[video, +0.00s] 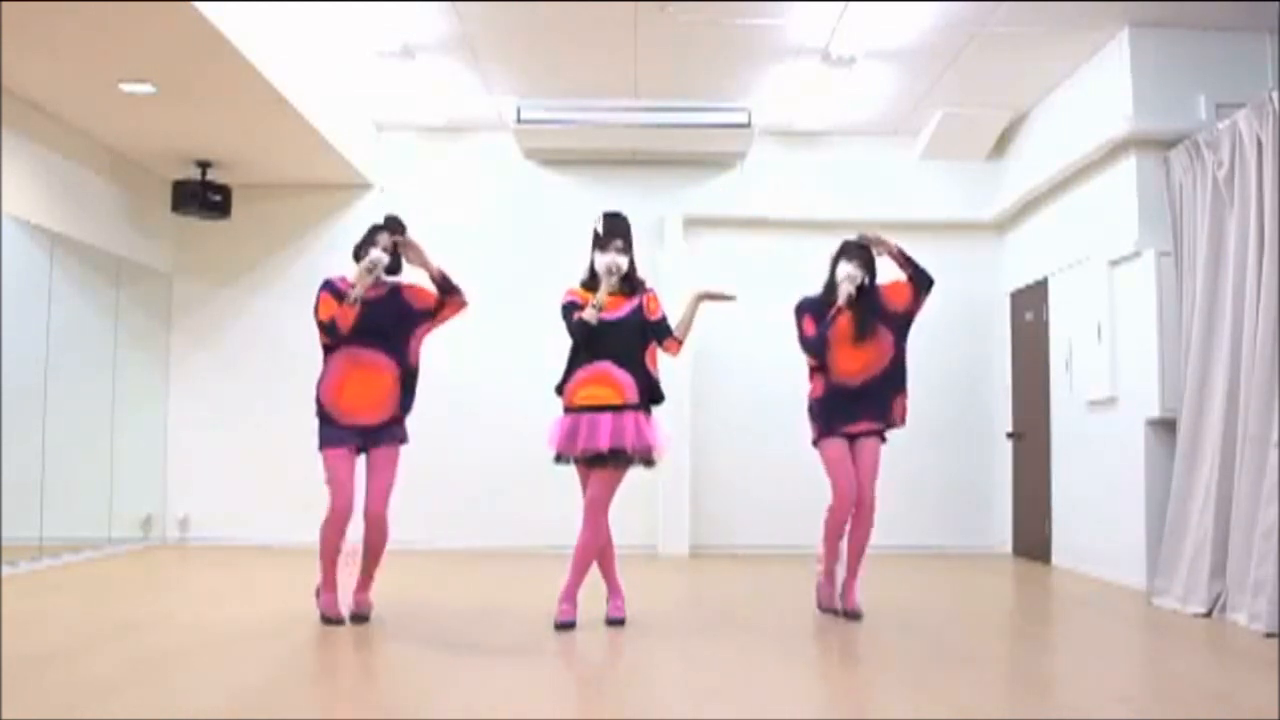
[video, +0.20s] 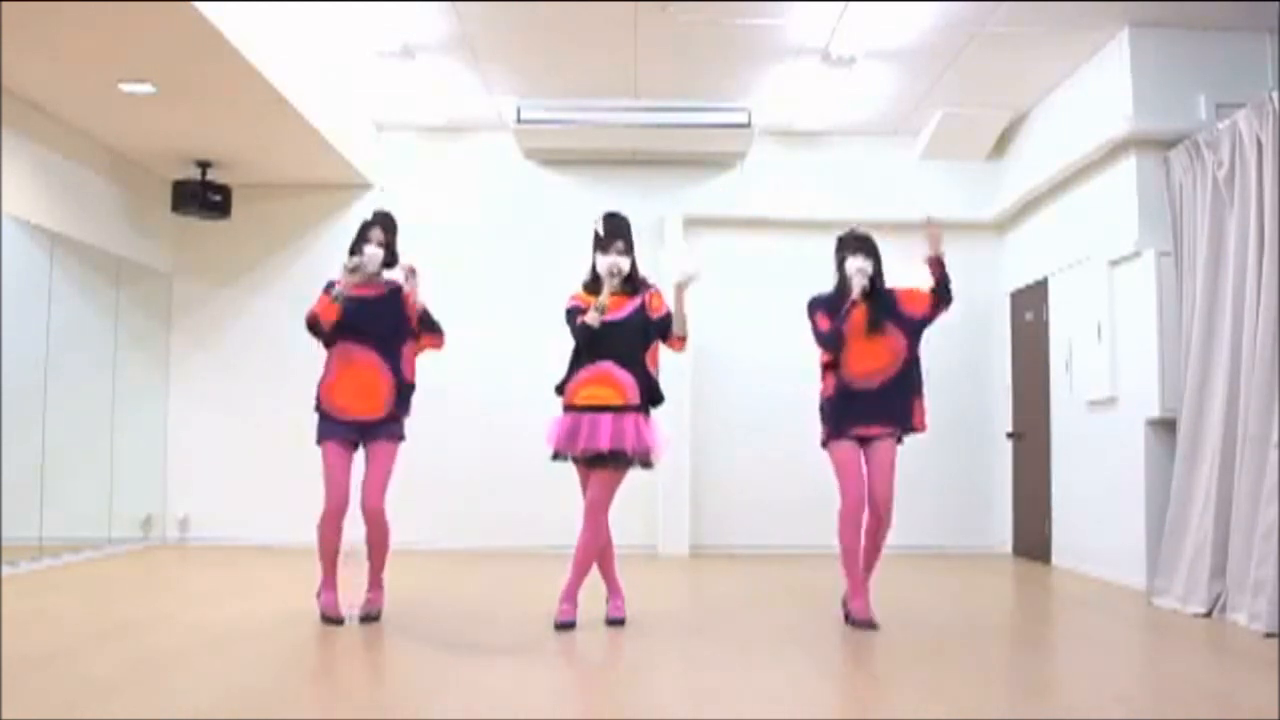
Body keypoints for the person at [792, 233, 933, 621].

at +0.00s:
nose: (853, 277)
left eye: (860, 271)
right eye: (848, 268)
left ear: (869, 274)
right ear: (835, 269)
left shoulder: (883, 303)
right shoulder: (813, 308)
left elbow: (922, 285)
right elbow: (815, 349)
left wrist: (893, 252)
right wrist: (837, 306)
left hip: (869, 408)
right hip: (828, 409)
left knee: (865, 498)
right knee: (845, 494)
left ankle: (851, 585)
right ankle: (827, 579)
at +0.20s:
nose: (859, 267)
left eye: (865, 259)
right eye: (851, 260)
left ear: (876, 263)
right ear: (840, 264)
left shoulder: (895, 302)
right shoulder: (825, 306)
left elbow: (940, 301)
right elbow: (830, 342)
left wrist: (936, 256)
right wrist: (853, 298)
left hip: (884, 411)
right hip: (841, 413)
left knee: (882, 504)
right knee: (853, 499)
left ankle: (860, 587)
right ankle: (856, 592)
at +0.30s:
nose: (862, 260)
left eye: (867, 252)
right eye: (853, 254)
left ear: (877, 256)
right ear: (840, 260)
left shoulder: (892, 301)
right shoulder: (829, 300)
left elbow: (934, 330)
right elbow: (839, 337)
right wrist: (860, 295)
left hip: (888, 407)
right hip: (846, 407)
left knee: (886, 499)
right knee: (855, 498)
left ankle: (887, 596)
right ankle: (856, 596)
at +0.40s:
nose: (864, 262)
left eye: (870, 253)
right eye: (855, 255)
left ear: (880, 256)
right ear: (843, 260)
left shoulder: (895, 303)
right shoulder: (833, 299)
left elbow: (929, 341)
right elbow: (844, 339)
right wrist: (866, 296)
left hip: (894, 401)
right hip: (851, 401)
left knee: (889, 500)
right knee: (857, 497)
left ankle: (889, 593)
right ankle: (859, 593)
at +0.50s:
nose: (870, 261)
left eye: (875, 253)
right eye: (861, 254)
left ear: (885, 256)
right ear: (848, 259)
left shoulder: (900, 304)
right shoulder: (837, 300)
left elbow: (918, 359)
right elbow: (847, 340)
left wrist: (924, 408)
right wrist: (870, 296)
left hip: (897, 403)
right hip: (855, 403)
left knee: (893, 501)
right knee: (862, 500)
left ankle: (890, 593)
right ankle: (862, 593)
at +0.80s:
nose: (870, 259)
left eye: (878, 251)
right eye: (864, 250)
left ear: (891, 255)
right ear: (854, 254)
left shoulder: (906, 298)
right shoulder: (844, 301)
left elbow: (906, 351)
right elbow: (837, 352)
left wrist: (900, 400)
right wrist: (851, 308)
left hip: (902, 409)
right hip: (857, 410)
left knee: (897, 502)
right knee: (863, 500)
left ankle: (889, 593)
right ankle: (861, 593)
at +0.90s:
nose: (857, 259)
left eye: (863, 250)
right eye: (853, 251)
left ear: (884, 253)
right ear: (850, 255)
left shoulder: (899, 295)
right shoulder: (851, 298)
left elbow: (869, 327)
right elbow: (839, 354)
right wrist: (834, 311)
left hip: (900, 403)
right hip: (859, 403)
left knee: (896, 502)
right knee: (865, 498)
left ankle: (890, 594)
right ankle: (862, 593)